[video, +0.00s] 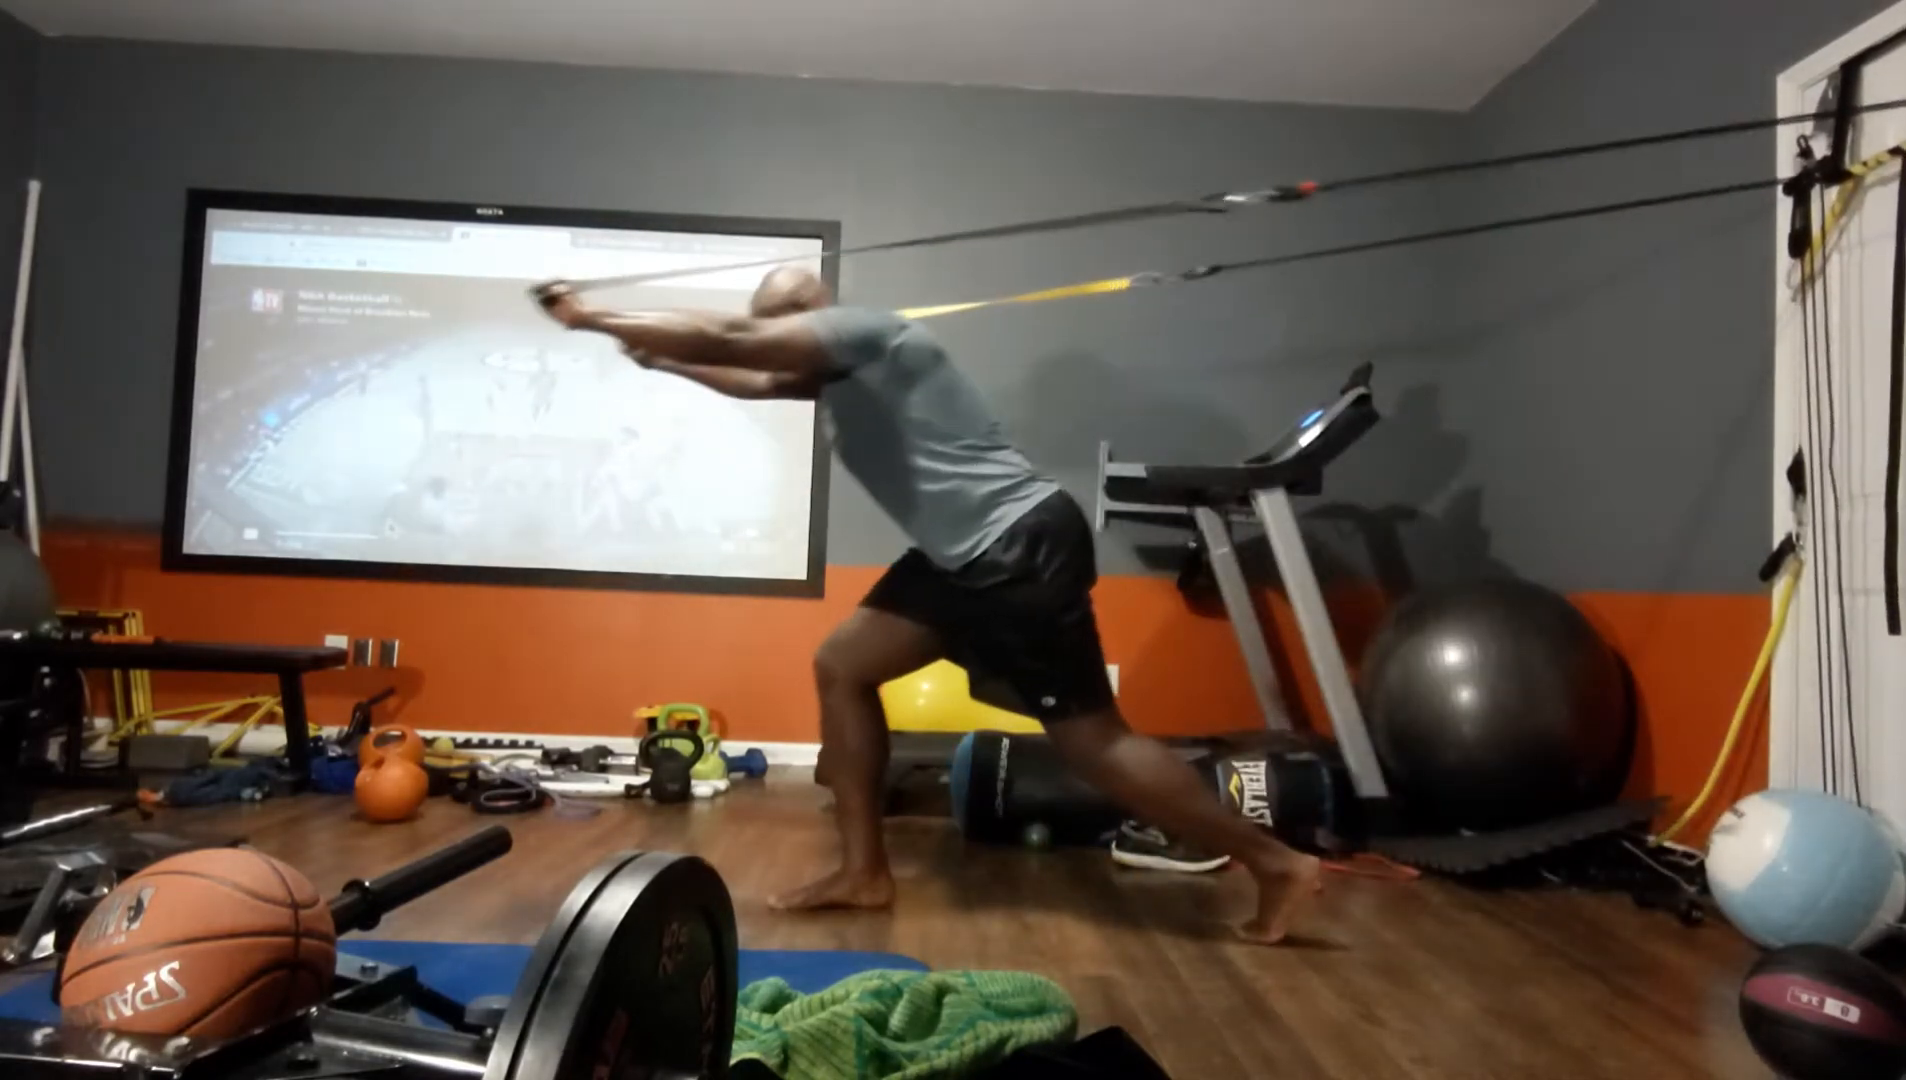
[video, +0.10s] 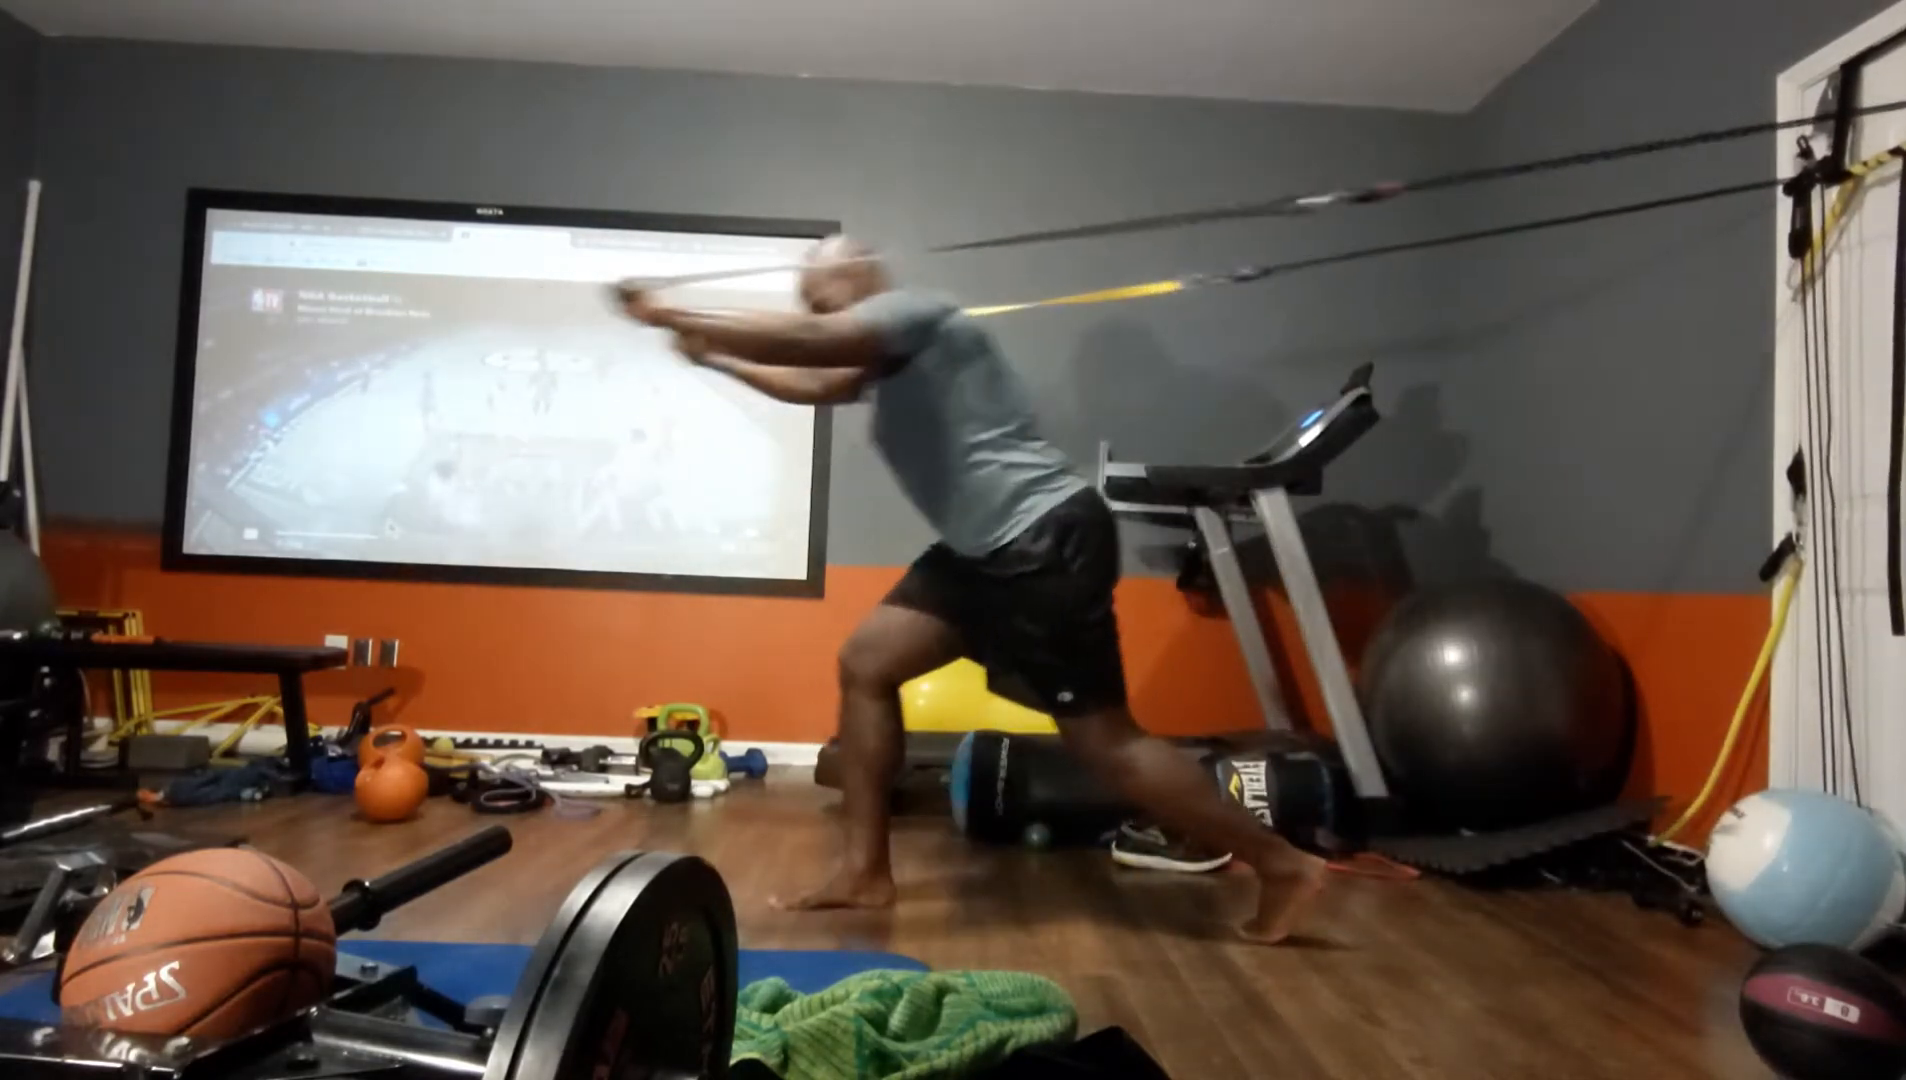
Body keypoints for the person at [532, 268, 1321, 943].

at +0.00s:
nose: (757, 330)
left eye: (762, 316)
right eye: (757, 318)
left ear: (801, 299)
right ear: (804, 304)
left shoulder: (868, 328)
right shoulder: (845, 371)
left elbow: (732, 336)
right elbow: (744, 376)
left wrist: (594, 315)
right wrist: (651, 351)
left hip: (1024, 545)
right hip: (958, 558)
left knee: (1097, 749)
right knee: (842, 667)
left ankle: (1280, 867)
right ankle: (861, 872)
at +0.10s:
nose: (812, 304)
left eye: (819, 288)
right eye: (808, 294)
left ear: (862, 277)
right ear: (836, 298)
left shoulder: (921, 314)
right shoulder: (880, 367)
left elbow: (809, 339)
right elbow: (803, 384)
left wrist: (671, 316)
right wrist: (710, 353)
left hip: (1050, 540)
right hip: (978, 553)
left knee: (1108, 750)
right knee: (866, 666)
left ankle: (1282, 865)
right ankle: (862, 877)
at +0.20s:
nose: (876, 277)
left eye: (887, 256)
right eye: (869, 265)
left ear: (931, 246)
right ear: (875, 270)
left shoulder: (987, 290)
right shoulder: (933, 348)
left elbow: (935, 341)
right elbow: (891, 397)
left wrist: (803, 322)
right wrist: (804, 364)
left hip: (1088, 522)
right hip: (1013, 539)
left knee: (1125, 733)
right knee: (906, 668)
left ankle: (1298, 873)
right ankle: (866, 873)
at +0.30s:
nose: (934, 253)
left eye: (943, 233)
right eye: (928, 241)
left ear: (991, 215)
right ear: (957, 238)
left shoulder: (1047, 262)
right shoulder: (998, 315)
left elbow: (1054, 338)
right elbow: (992, 404)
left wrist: (915, 334)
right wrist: (904, 379)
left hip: (1128, 500)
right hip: (1059, 521)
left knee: (1172, 720)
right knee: (972, 678)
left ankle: (1306, 874)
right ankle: (886, 869)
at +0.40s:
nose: (987, 240)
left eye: (994, 218)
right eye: (981, 226)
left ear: (1047, 200)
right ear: (1018, 217)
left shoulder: (1100, 253)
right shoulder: (1055, 304)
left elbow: (1142, 340)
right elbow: (1069, 409)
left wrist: (1019, 344)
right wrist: (984, 387)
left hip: (1177, 502)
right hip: (1110, 517)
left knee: (1202, 710)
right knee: (1016, 664)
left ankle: (1321, 885)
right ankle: (979, 864)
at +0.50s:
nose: (1028, 231)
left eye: (1035, 210)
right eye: (1022, 217)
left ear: (1084, 189)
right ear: (1074, 197)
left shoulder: (1147, 249)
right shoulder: (1103, 292)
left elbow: (1227, 338)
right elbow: (1135, 408)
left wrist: (1105, 355)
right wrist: (1058, 398)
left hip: (1219, 494)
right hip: (1152, 507)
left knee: (1221, 708)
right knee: (1062, 653)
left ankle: (1325, 886)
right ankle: (1099, 857)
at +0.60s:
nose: (1065, 218)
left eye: (1073, 196)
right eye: (1059, 203)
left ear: (1126, 180)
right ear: (1107, 193)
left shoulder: (1192, 240)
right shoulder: (1138, 282)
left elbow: (1285, 333)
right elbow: (1174, 389)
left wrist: (1175, 361)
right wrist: (1099, 392)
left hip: (1254, 486)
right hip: (1188, 499)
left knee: (1248, 704)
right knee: (1119, 661)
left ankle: (1329, 888)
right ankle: (1225, 843)